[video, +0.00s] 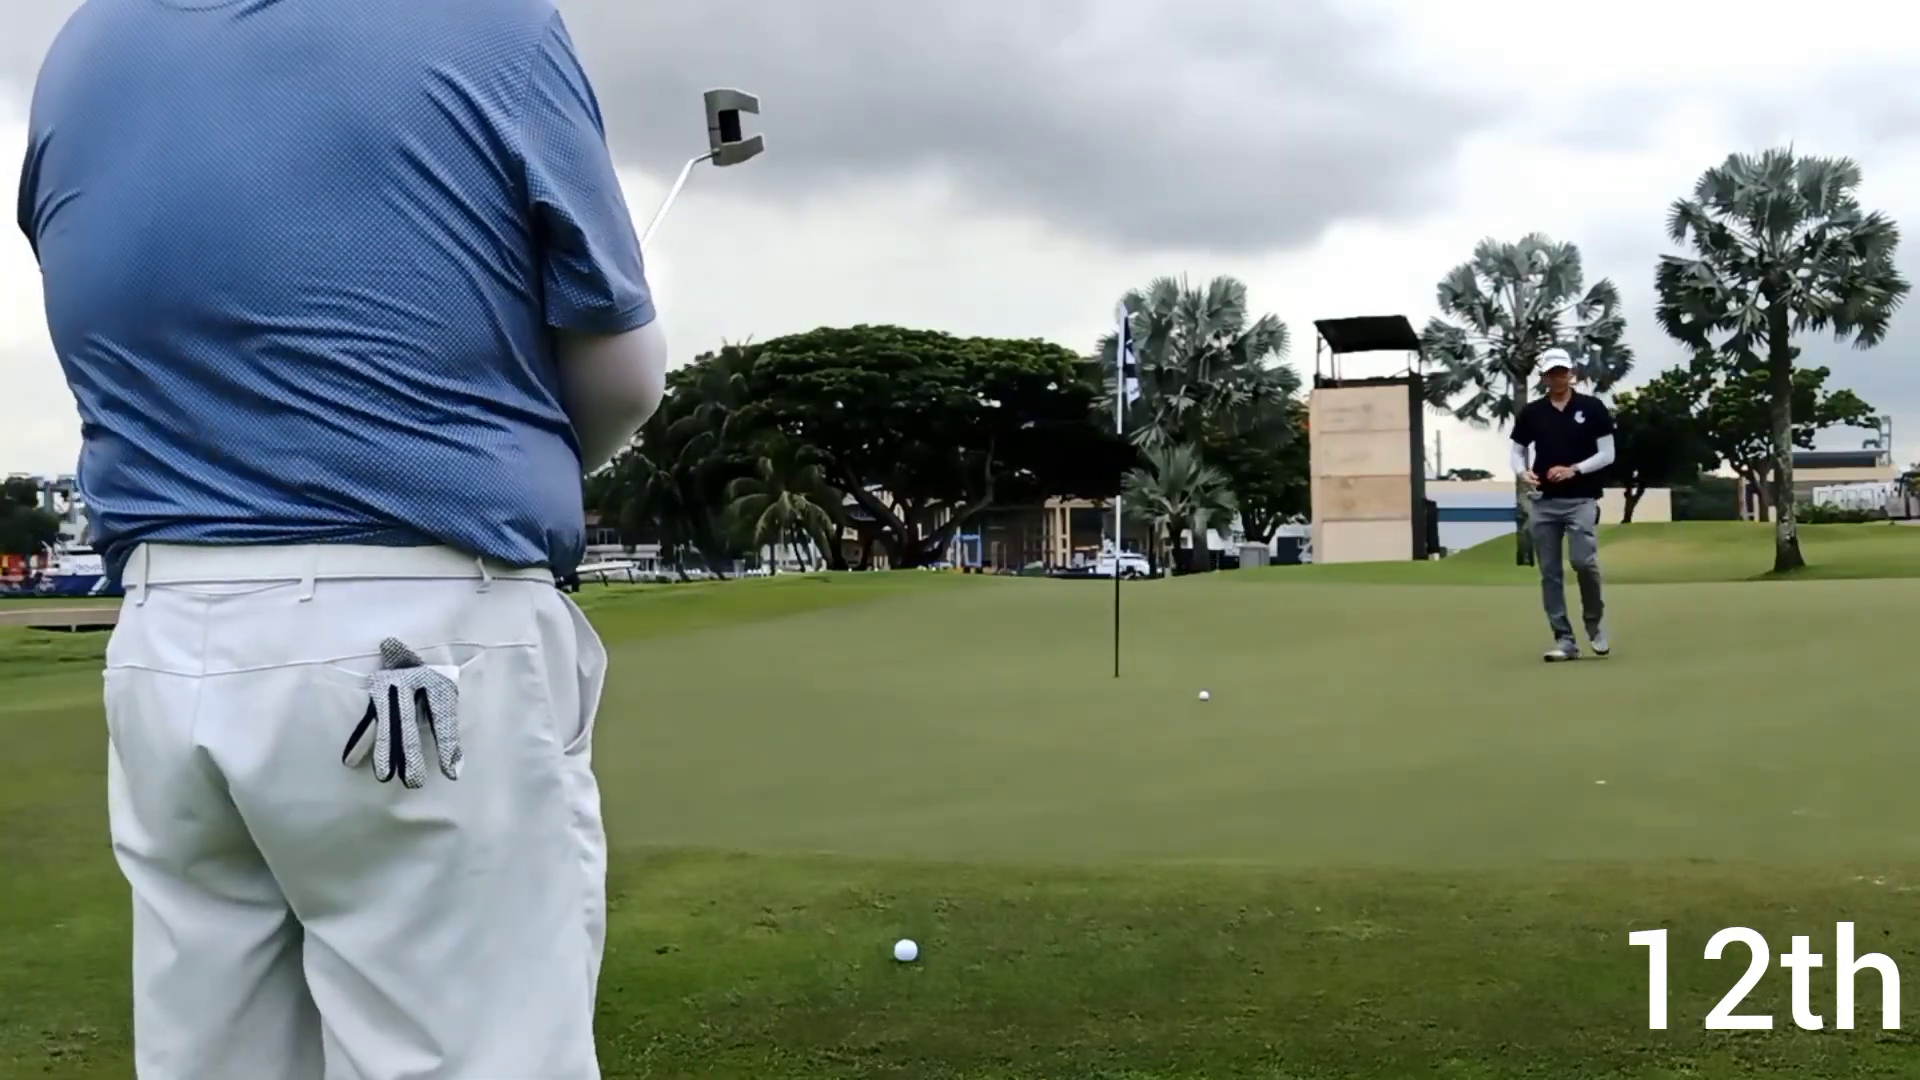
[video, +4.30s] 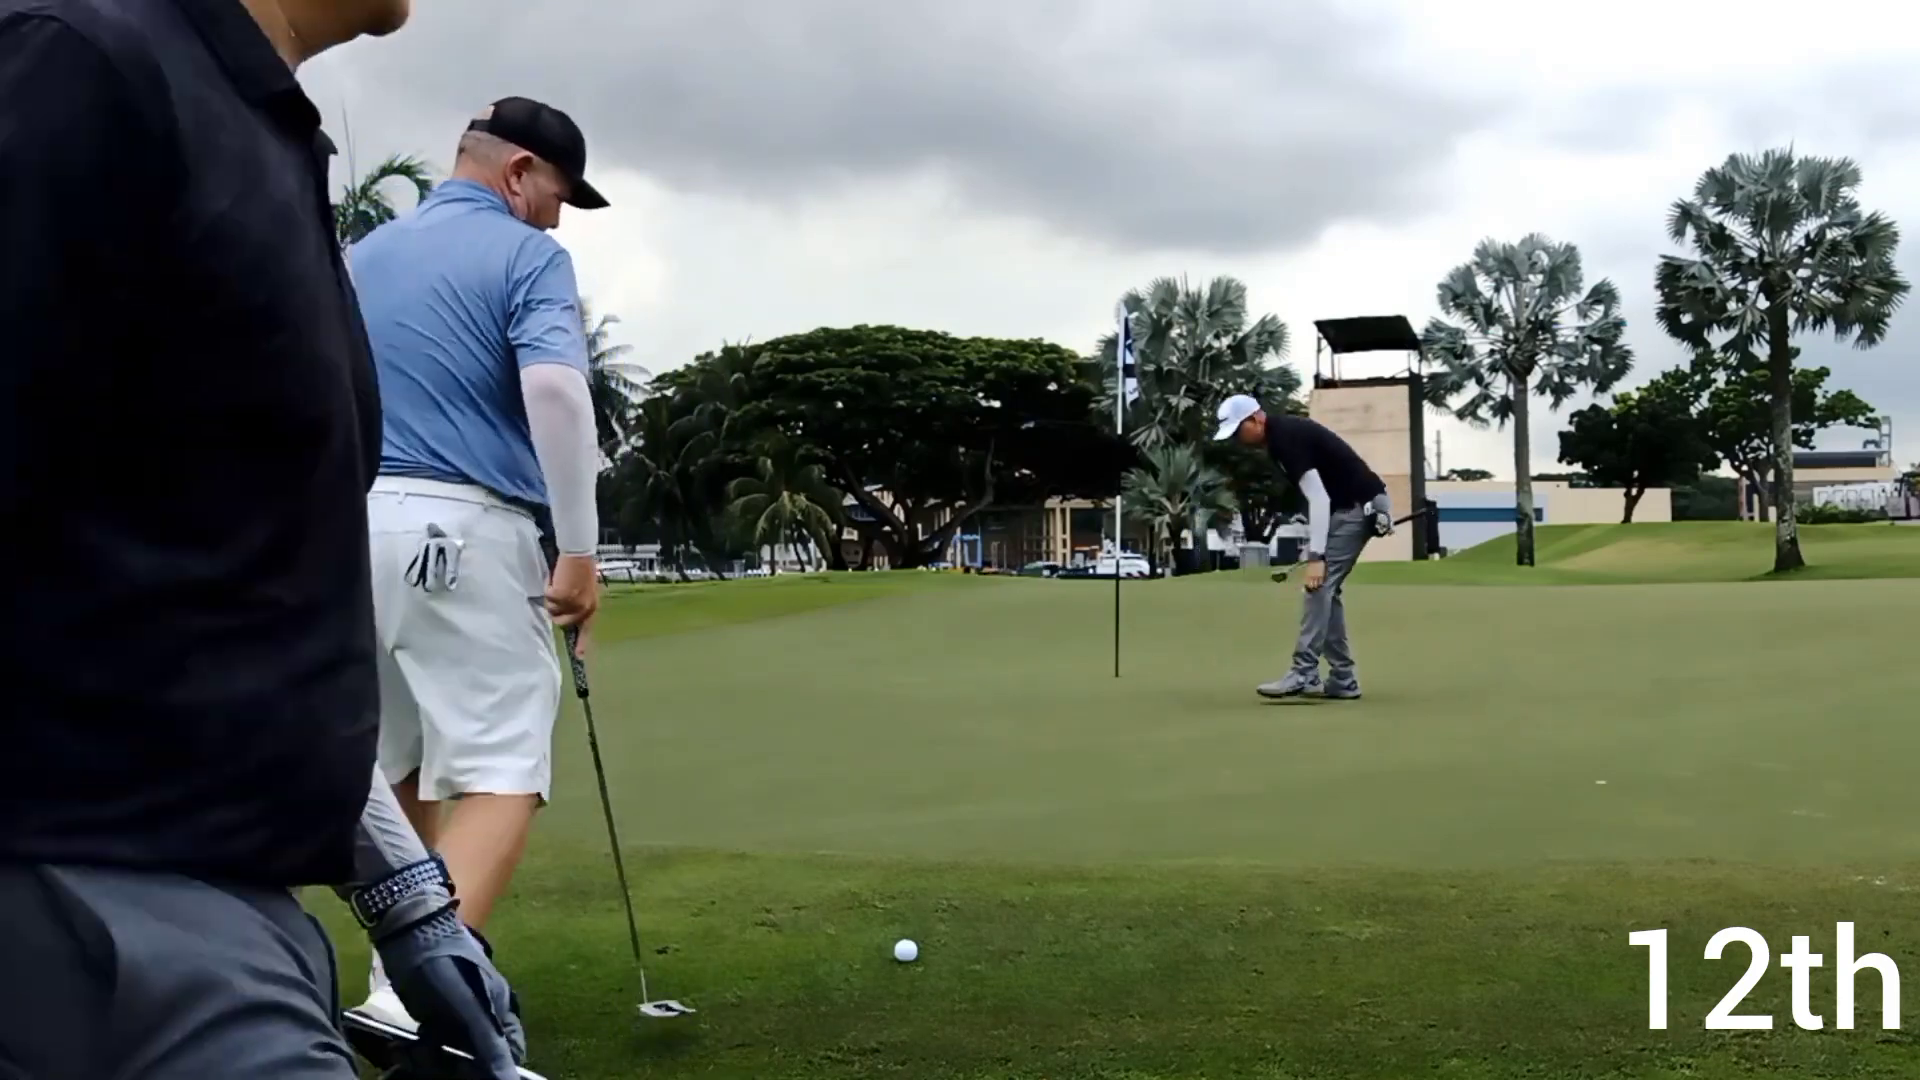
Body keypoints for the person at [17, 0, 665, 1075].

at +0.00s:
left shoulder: (89, 38)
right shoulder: (499, 25)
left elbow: (93, 314)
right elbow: (620, 373)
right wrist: (515, 456)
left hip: (170, 620)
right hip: (431, 620)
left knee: (207, 1063)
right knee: (469, 1057)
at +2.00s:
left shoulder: (187, 57)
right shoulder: (582, 46)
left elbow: (183, 331)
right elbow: (691, 393)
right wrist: (565, 494)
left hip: (245, 616)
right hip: (501, 621)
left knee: (257, 1058)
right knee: (503, 1058)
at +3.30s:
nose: (452, 129)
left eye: (456, 112)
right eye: (455, 108)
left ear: (310, 80)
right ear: (424, 88)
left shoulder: (188, 213)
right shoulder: (492, 205)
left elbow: (130, 460)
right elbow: (590, 412)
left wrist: (208, 586)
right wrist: (589, 602)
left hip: (249, 594)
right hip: (446, 593)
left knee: (273, 950)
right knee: (447, 894)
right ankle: (425, 1079)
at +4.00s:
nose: (542, 207)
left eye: (548, 191)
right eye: (547, 187)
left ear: (433, 148)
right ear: (518, 164)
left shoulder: (309, 248)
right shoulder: (546, 266)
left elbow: (209, 379)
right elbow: (601, 435)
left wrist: (164, 532)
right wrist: (600, 594)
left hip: (337, 554)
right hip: (479, 560)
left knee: (361, 794)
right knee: (433, 841)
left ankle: (376, 984)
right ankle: (395, 1070)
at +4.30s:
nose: (558, 221)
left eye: (563, 205)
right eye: (559, 199)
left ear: (472, 165)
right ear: (523, 172)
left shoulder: (365, 249)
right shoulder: (528, 254)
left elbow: (324, 382)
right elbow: (554, 389)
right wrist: (579, 547)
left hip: (351, 524)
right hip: (468, 529)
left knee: (400, 774)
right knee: (499, 774)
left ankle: (402, 988)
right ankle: (414, 992)